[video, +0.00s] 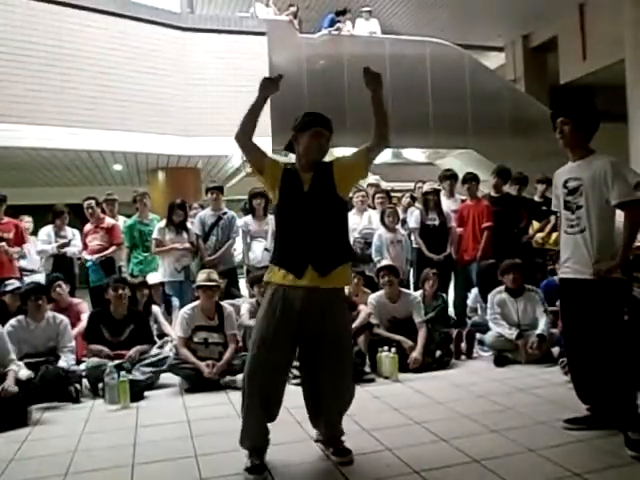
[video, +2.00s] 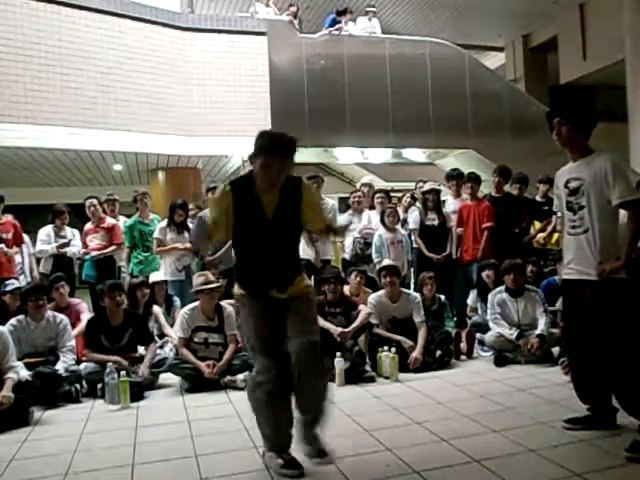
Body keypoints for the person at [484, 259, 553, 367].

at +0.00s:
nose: (513, 277)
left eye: (516, 273)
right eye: (508, 274)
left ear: (522, 275)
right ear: (502, 278)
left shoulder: (534, 293)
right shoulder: (495, 296)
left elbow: (543, 316)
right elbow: (494, 320)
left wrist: (540, 335)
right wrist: (515, 334)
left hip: (531, 331)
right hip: (508, 332)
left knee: (552, 336)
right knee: (491, 339)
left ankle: (512, 357)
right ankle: (538, 356)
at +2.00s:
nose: (513, 278)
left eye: (516, 274)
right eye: (508, 274)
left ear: (523, 276)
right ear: (503, 277)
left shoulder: (535, 293)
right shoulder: (495, 296)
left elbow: (544, 315)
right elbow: (494, 320)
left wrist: (540, 336)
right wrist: (517, 336)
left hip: (531, 332)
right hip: (509, 333)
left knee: (555, 335)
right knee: (491, 338)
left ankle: (514, 357)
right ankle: (538, 355)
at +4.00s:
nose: (517, 280)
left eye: (521, 276)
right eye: (513, 277)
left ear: (528, 278)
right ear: (508, 280)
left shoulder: (539, 296)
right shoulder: (499, 299)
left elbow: (548, 319)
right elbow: (498, 323)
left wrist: (544, 339)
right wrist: (521, 339)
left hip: (535, 335)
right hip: (512, 335)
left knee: (558, 338)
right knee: (495, 341)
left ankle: (518, 360)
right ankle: (542, 357)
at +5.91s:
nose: (517, 281)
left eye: (520, 277)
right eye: (513, 277)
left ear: (527, 278)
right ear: (508, 280)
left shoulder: (539, 296)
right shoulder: (499, 299)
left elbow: (548, 319)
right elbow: (498, 323)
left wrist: (544, 339)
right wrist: (522, 339)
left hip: (535, 334)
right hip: (513, 335)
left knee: (559, 338)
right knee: (495, 341)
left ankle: (519, 360)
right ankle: (542, 358)